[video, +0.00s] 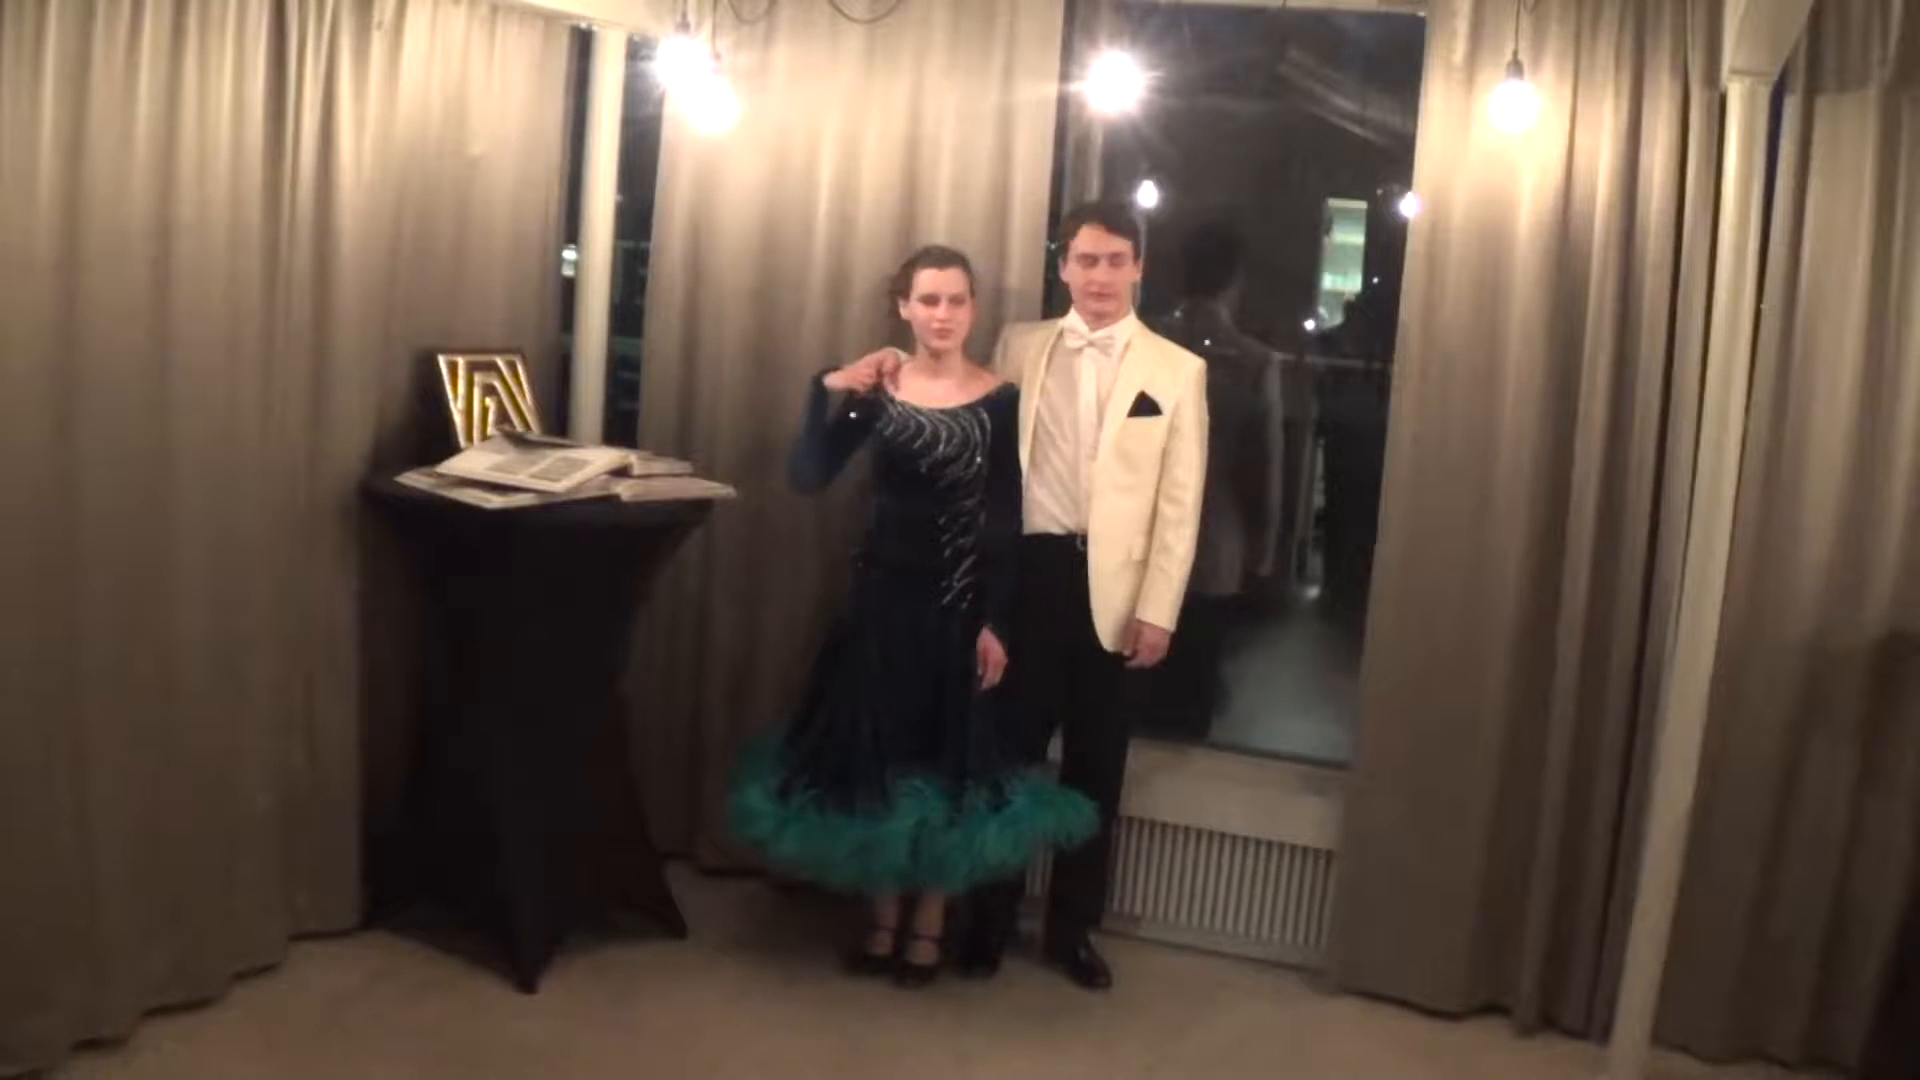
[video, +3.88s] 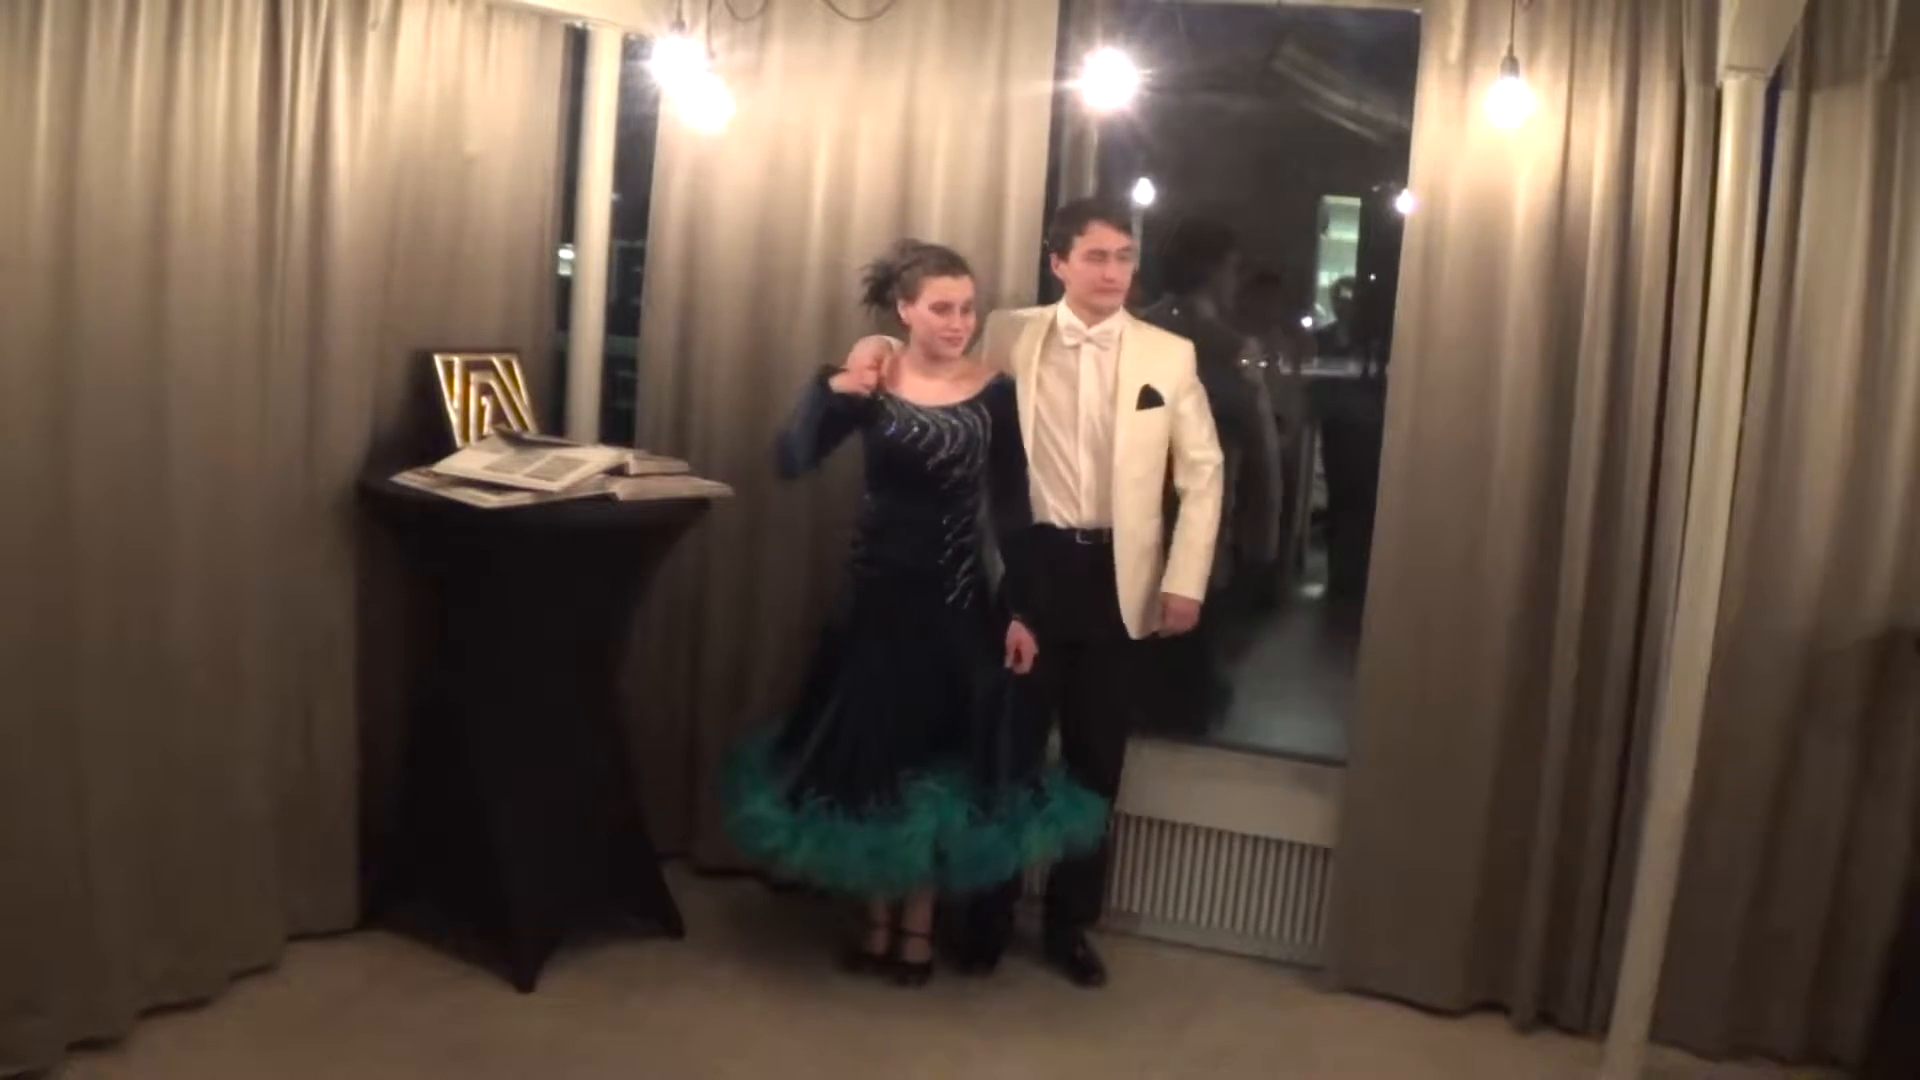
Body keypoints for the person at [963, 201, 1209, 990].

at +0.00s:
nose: (1099, 274)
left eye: (1114, 260)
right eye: (1085, 259)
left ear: (1139, 271)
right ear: (1063, 268)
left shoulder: (1178, 371)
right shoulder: (1022, 348)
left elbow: (1180, 501)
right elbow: (977, 445)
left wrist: (1160, 607)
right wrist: (898, 368)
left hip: (1112, 584)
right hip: (1023, 571)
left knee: (1096, 769)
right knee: (1008, 746)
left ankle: (1073, 930)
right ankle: (985, 923)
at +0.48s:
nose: (1127, 283)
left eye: (1138, 270)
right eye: (1111, 266)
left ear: (1150, 281)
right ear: (1071, 270)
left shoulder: (1177, 370)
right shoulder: (1019, 344)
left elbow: (1182, 499)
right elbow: (972, 446)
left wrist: (1164, 604)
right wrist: (890, 372)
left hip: (1114, 580)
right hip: (1024, 568)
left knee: (1099, 763)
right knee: (1010, 744)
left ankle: (1072, 929)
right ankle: (984, 922)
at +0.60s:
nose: (1129, 284)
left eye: (1140, 271)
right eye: (1114, 267)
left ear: (1151, 281)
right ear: (1072, 271)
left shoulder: (1176, 369)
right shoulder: (1018, 344)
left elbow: (1182, 498)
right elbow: (976, 454)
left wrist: (1165, 603)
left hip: (1114, 580)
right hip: (1024, 569)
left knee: (1099, 762)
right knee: (1010, 745)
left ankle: (1073, 929)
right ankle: (984, 922)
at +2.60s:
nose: (1128, 275)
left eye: (1137, 263)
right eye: (1113, 259)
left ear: (1144, 274)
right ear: (1068, 262)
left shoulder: (1167, 362)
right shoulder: (1009, 343)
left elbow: (1181, 487)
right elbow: (969, 455)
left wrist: (1173, 590)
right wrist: (965, 566)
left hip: (1116, 574)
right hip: (1022, 566)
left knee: (1097, 755)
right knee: (1008, 741)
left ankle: (1071, 927)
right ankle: (981, 921)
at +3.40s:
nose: (1124, 275)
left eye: (1133, 262)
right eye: (1109, 259)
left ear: (1141, 272)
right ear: (1064, 262)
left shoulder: (1163, 362)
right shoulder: (1007, 343)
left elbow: (1177, 485)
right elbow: (967, 457)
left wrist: (1169, 588)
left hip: (1114, 575)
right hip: (1020, 567)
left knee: (1094, 756)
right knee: (1005, 742)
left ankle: (1071, 926)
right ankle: (980, 921)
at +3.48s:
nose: (1124, 274)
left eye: (1133, 262)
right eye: (1109, 258)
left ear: (1140, 273)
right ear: (1064, 262)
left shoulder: (1162, 362)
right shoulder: (1007, 342)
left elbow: (1177, 485)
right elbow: (966, 453)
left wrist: (1169, 588)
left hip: (1114, 576)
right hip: (1020, 567)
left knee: (1094, 756)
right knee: (1006, 742)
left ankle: (1071, 926)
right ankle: (980, 920)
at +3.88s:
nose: (1112, 271)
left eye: (1123, 257)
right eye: (1097, 257)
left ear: (1135, 266)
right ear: (1059, 263)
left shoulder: (1167, 355)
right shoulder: (1009, 333)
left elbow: (1202, 475)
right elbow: (941, 375)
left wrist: (1185, 580)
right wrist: (879, 358)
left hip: (1116, 572)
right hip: (1023, 561)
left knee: (1097, 754)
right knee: (1009, 739)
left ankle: (1070, 926)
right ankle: (984, 922)